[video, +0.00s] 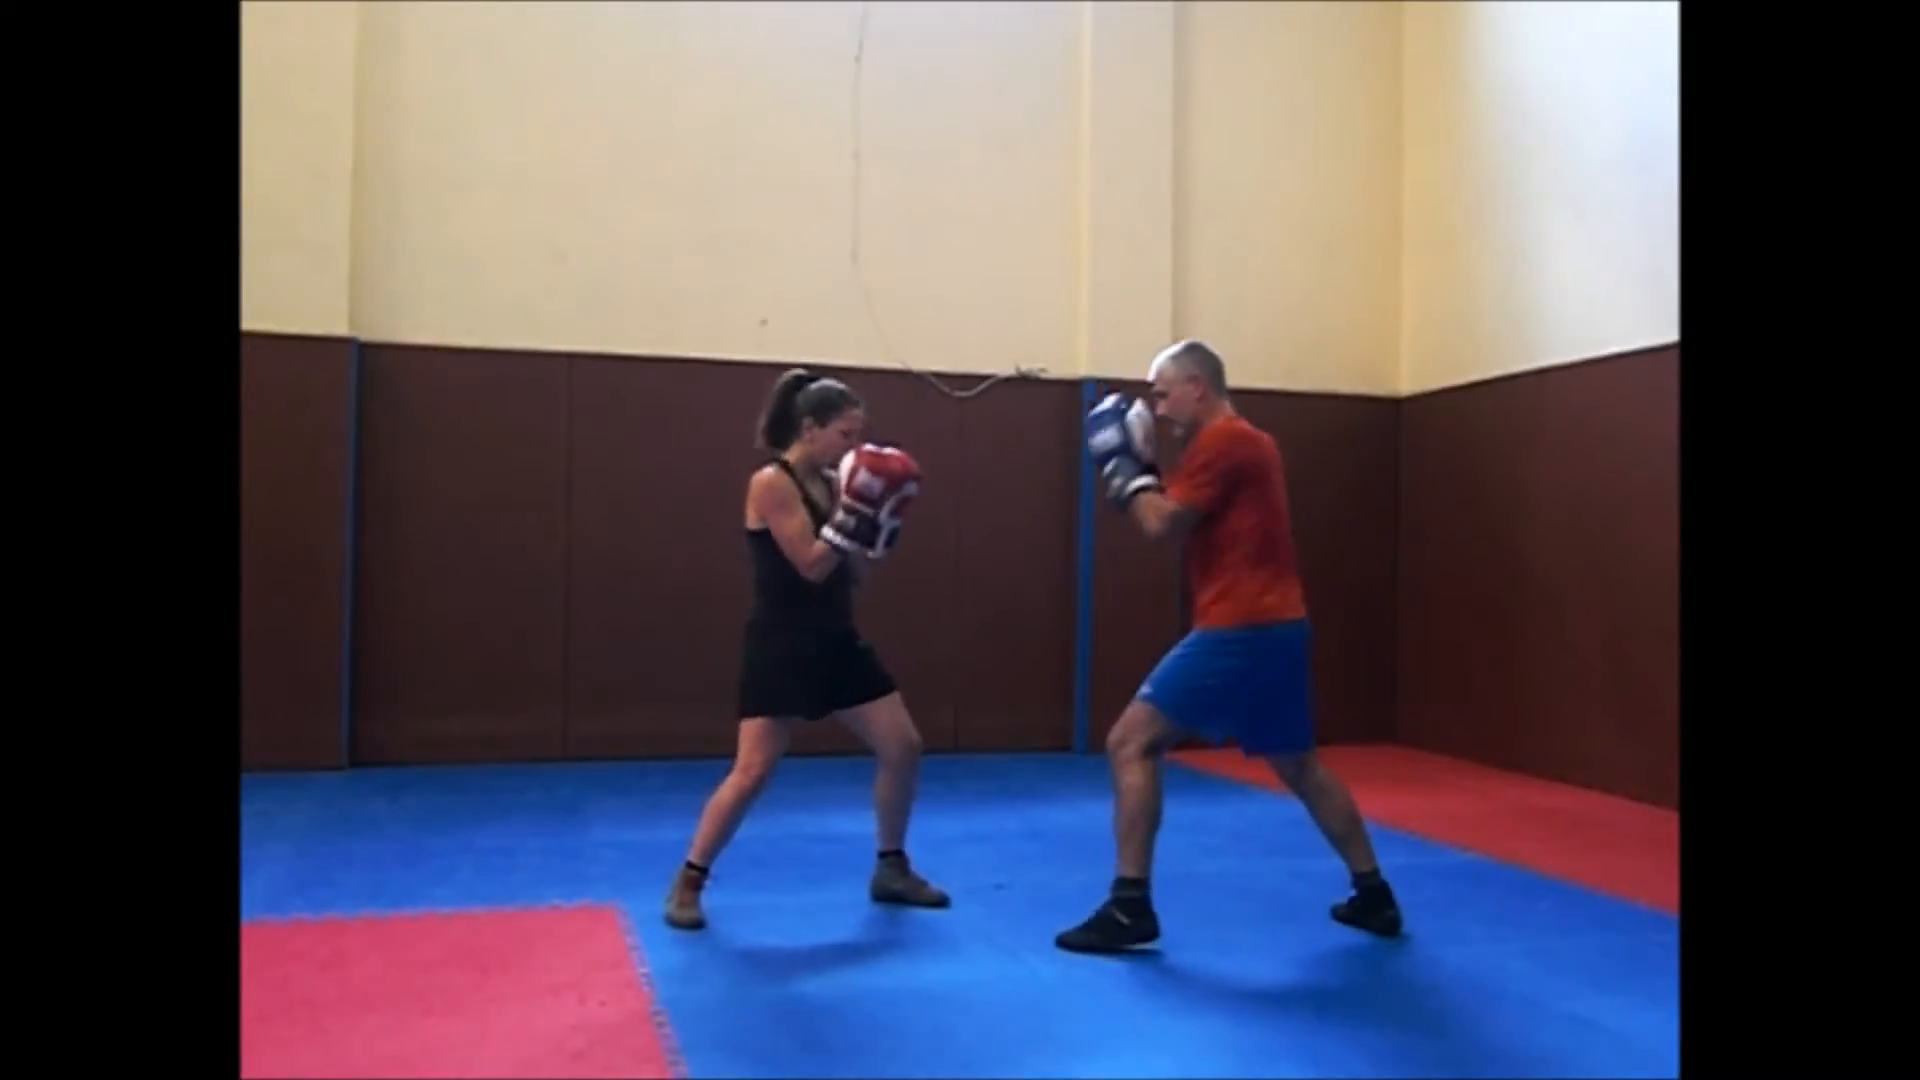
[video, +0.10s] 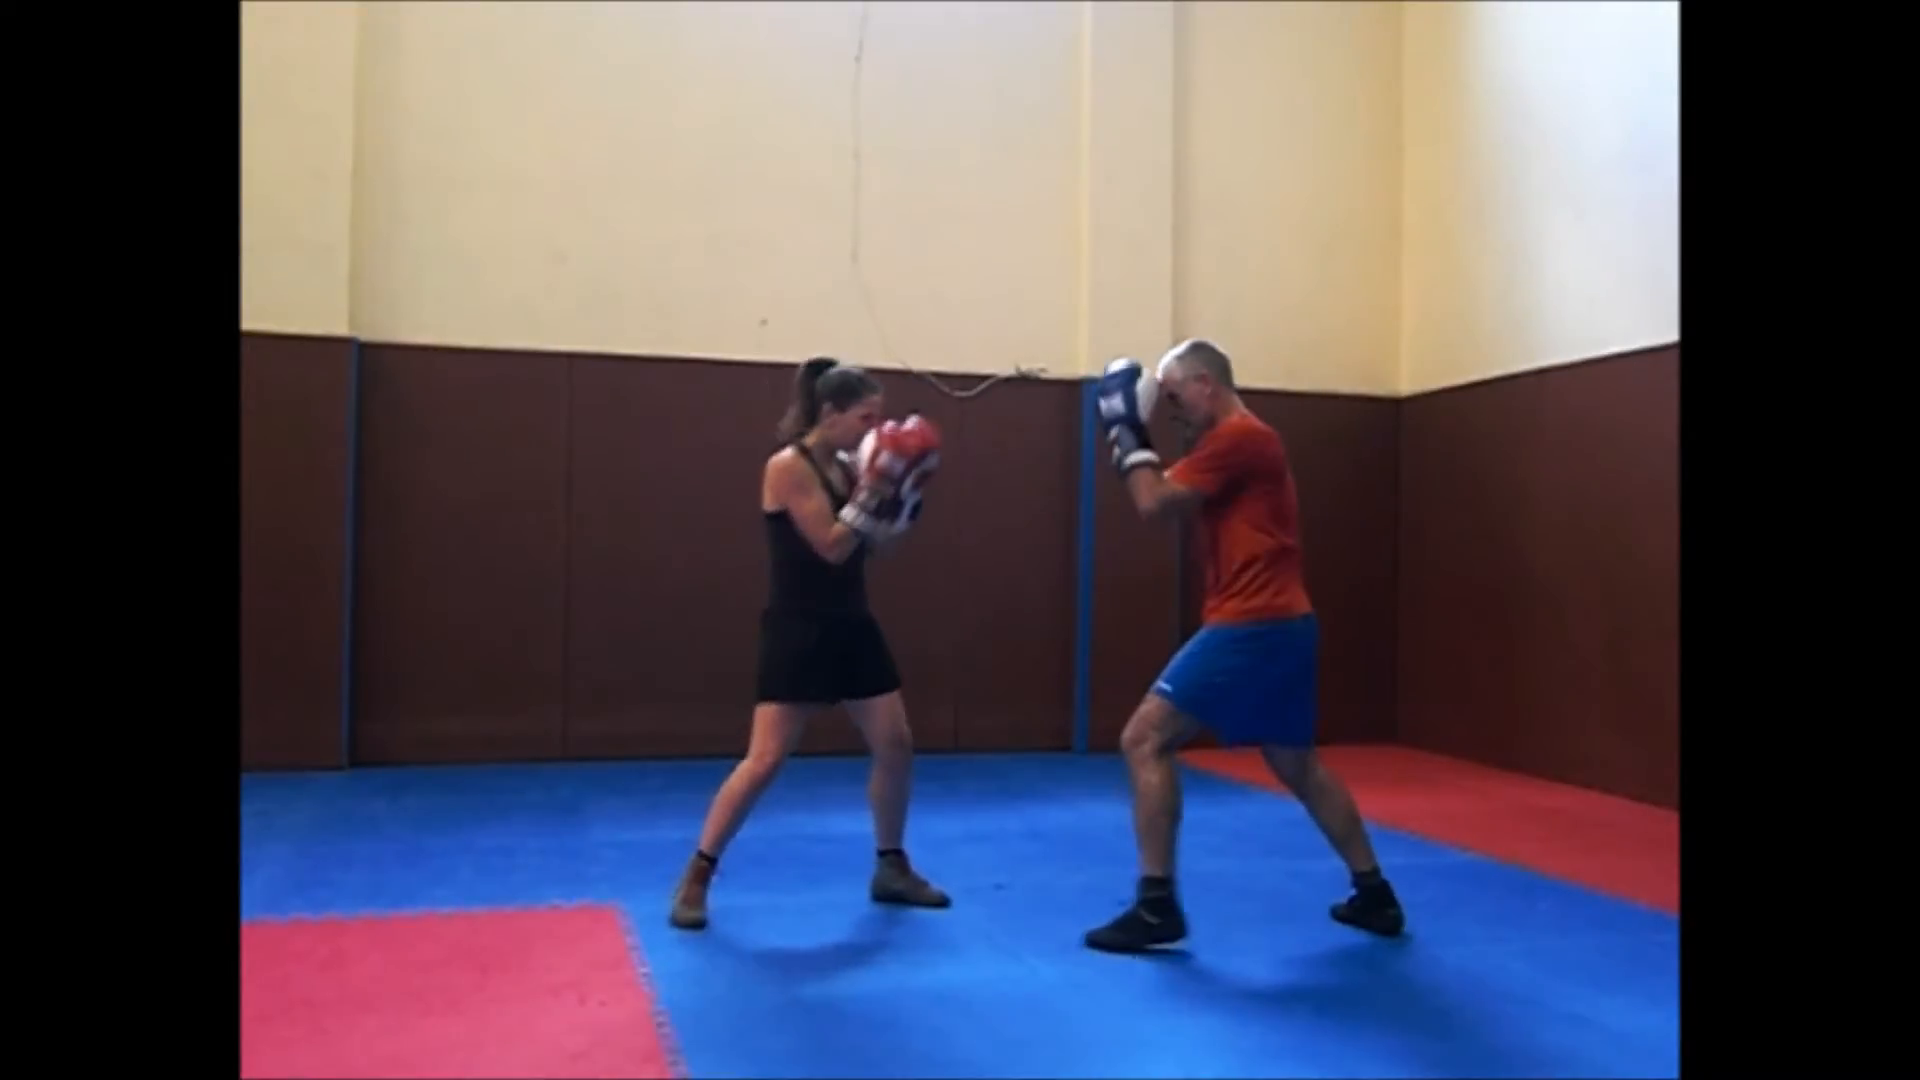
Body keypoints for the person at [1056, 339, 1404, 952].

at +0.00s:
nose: (1157, 408)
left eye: (1163, 393)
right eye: (1155, 396)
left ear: (1196, 387)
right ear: (1202, 389)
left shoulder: (1221, 441)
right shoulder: (1247, 440)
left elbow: (1160, 519)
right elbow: (1179, 505)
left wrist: (1119, 465)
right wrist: (1147, 460)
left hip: (1233, 632)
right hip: (1278, 630)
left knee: (1130, 744)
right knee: (1302, 767)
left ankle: (1130, 907)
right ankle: (1374, 894)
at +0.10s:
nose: (1172, 407)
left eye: (1175, 393)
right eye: (1168, 396)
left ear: (1206, 385)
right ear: (1211, 386)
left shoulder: (1237, 438)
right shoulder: (1248, 437)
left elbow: (1154, 498)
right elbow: (1165, 488)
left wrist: (1124, 432)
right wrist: (1133, 428)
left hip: (1245, 627)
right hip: (1284, 627)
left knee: (1144, 741)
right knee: (1299, 766)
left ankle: (1157, 907)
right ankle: (1375, 894)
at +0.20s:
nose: (1174, 408)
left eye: (1177, 395)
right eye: (1170, 398)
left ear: (1207, 389)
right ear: (1214, 389)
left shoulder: (1237, 442)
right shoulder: (1251, 441)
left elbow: (1147, 491)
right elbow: (1162, 484)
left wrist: (1124, 425)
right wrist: (1136, 421)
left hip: (1247, 632)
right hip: (1283, 632)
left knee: (1150, 746)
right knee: (1290, 766)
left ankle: (1161, 910)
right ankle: (1374, 894)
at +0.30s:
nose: (1174, 415)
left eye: (1177, 401)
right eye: (1171, 404)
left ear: (1205, 393)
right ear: (1214, 395)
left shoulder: (1237, 445)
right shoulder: (1251, 443)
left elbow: (1147, 500)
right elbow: (1164, 488)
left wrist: (1130, 431)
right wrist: (1141, 426)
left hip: (1246, 632)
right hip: (1285, 632)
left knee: (1146, 746)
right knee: (1288, 769)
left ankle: (1160, 910)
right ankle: (1373, 895)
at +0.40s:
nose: (1173, 422)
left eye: (1174, 408)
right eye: (1169, 411)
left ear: (1203, 397)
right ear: (1214, 398)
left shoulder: (1239, 446)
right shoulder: (1251, 445)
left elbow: (1150, 505)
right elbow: (1165, 494)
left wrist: (1132, 434)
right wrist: (1141, 428)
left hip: (1246, 633)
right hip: (1284, 632)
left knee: (1145, 747)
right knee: (1289, 770)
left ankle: (1160, 910)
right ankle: (1373, 895)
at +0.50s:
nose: (1174, 424)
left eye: (1176, 410)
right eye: (1171, 414)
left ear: (1201, 399)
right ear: (1215, 400)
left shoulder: (1237, 447)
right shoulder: (1252, 445)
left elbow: (1152, 506)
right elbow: (1168, 490)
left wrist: (1133, 437)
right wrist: (1143, 430)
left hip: (1246, 634)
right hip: (1285, 634)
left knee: (1145, 748)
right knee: (1289, 771)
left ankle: (1160, 911)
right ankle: (1374, 896)